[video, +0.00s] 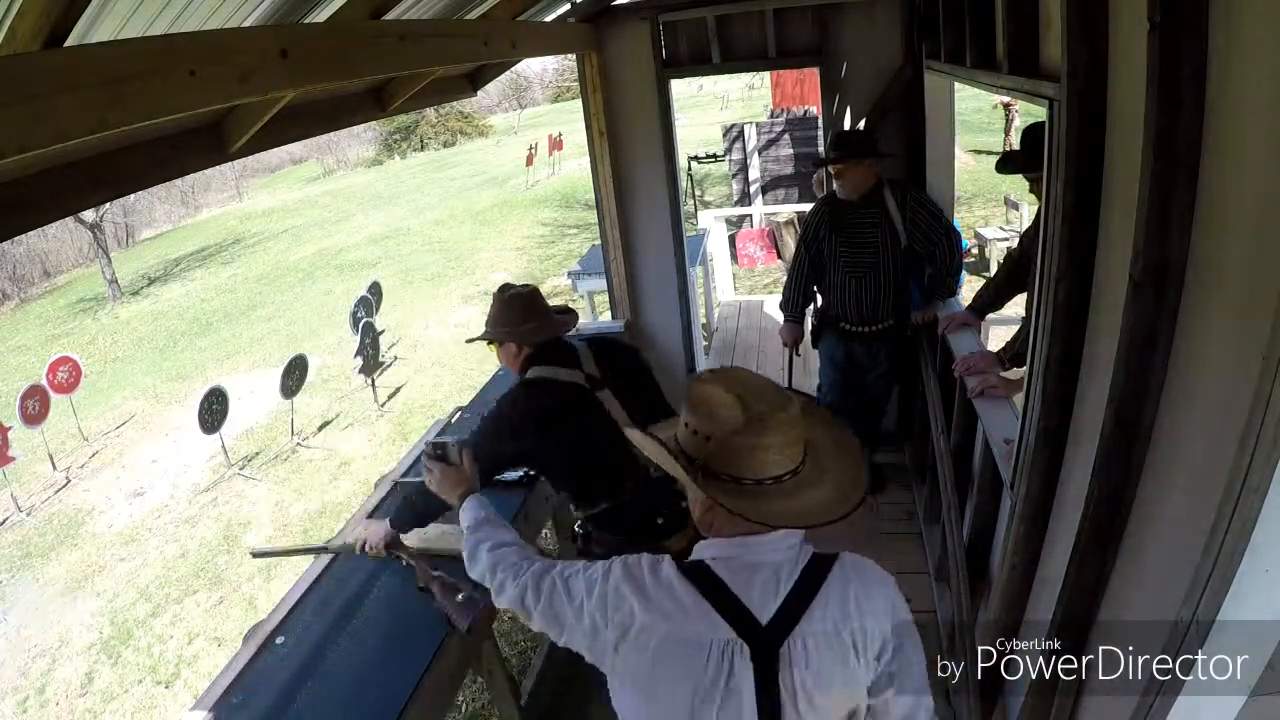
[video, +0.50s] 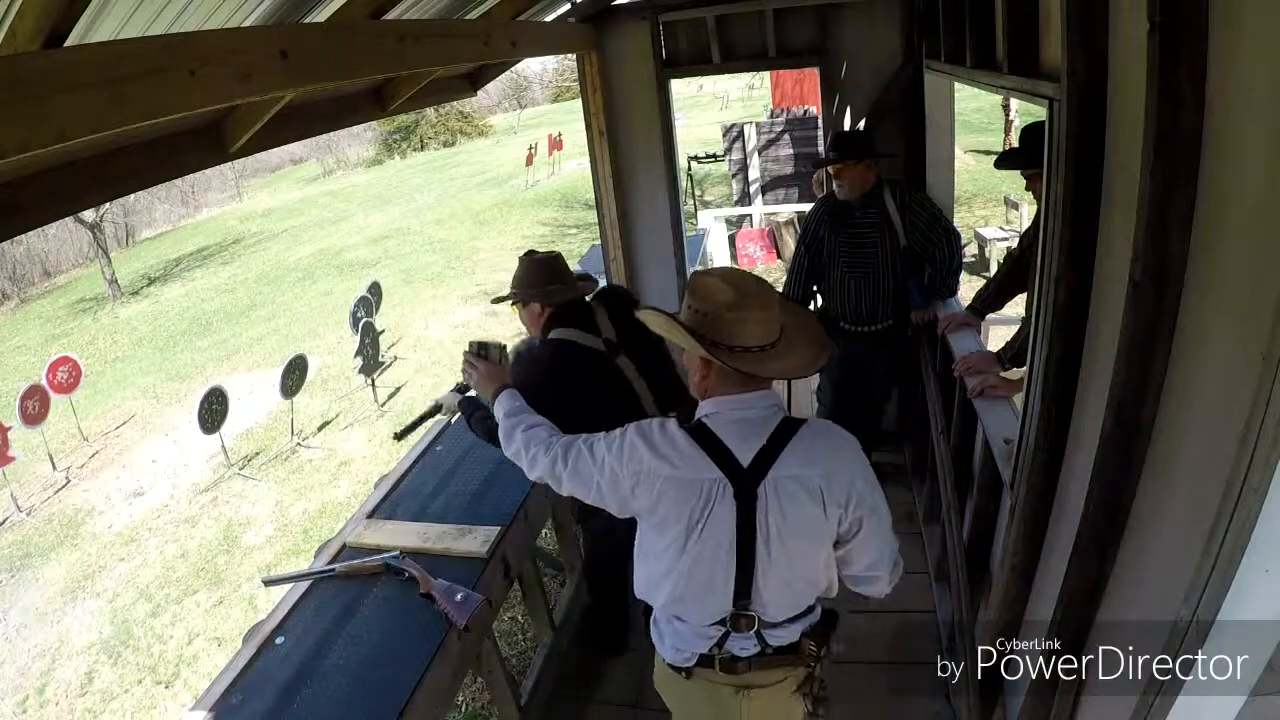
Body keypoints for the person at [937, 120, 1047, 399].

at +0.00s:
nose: (1031, 189)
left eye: (1035, 180)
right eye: (1029, 180)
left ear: (1056, 175)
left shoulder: (1069, 224)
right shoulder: (1051, 213)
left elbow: (1054, 306)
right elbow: (1020, 261)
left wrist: (1004, 357)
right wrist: (976, 310)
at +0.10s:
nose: (1030, 188)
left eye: (1034, 179)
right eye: (1028, 180)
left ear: (1055, 175)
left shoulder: (1069, 225)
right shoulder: (1051, 214)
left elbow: (1053, 307)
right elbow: (1020, 262)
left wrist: (1004, 357)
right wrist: (976, 310)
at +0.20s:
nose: (1030, 188)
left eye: (1034, 179)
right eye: (1028, 179)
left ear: (1055, 174)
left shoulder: (1069, 225)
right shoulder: (1050, 215)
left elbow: (1053, 306)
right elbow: (1020, 263)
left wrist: (1004, 357)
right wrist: (976, 310)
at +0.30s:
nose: (1030, 188)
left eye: (1034, 179)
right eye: (1027, 179)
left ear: (1056, 175)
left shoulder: (1069, 226)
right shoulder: (1049, 215)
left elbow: (1053, 306)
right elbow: (1019, 263)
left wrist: (1004, 357)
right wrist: (976, 310)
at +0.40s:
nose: (1028, 186)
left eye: (1032, 177)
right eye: (1027, 177)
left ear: (1054, 173)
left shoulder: (1068, 223)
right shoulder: (1050, 215)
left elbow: (1053, 306)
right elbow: (1019, 263)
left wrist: (1003, 358)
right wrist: (975, 311)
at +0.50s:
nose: (1027, 185)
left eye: (1031, 176)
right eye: (1026, 177)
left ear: (1051, 174)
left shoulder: (1067, 223)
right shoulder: (1049, 214)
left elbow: (1052, 306)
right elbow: (1019, 263)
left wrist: (1003, 358)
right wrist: (975, 311)